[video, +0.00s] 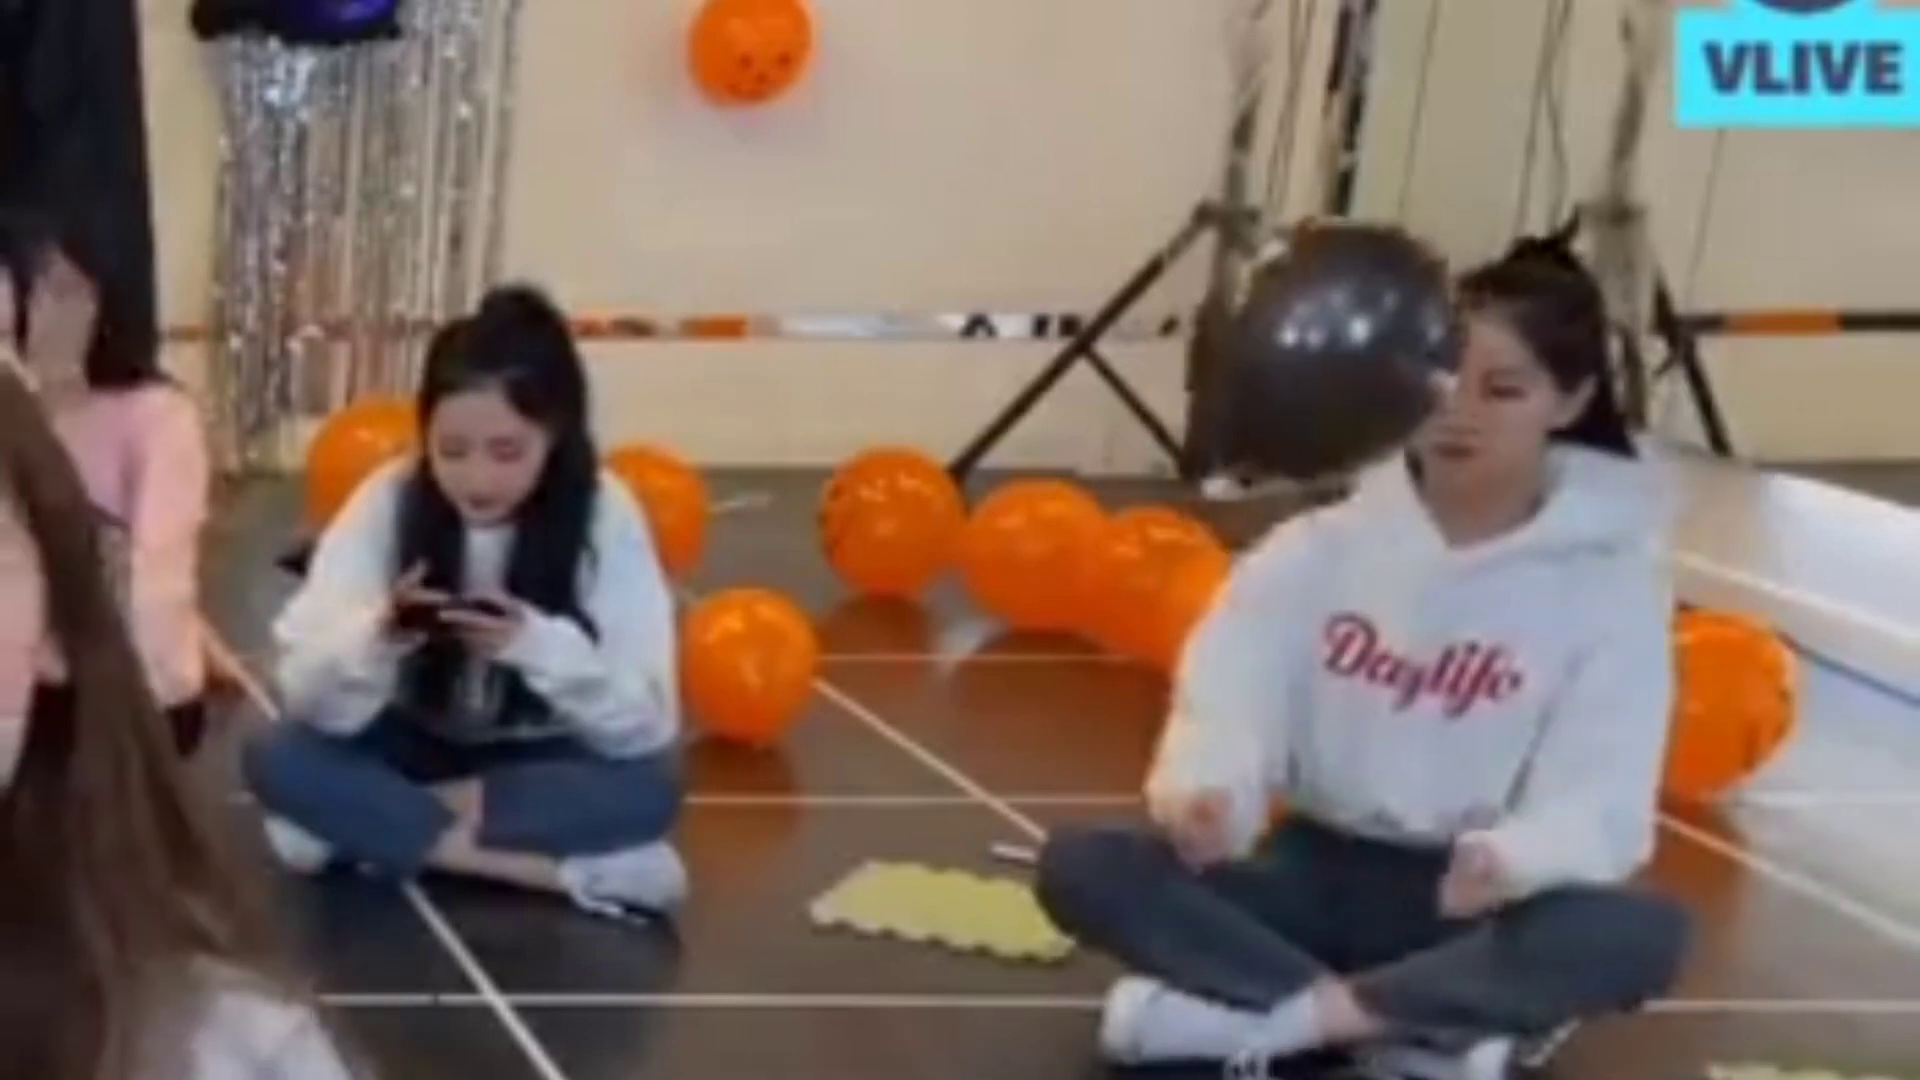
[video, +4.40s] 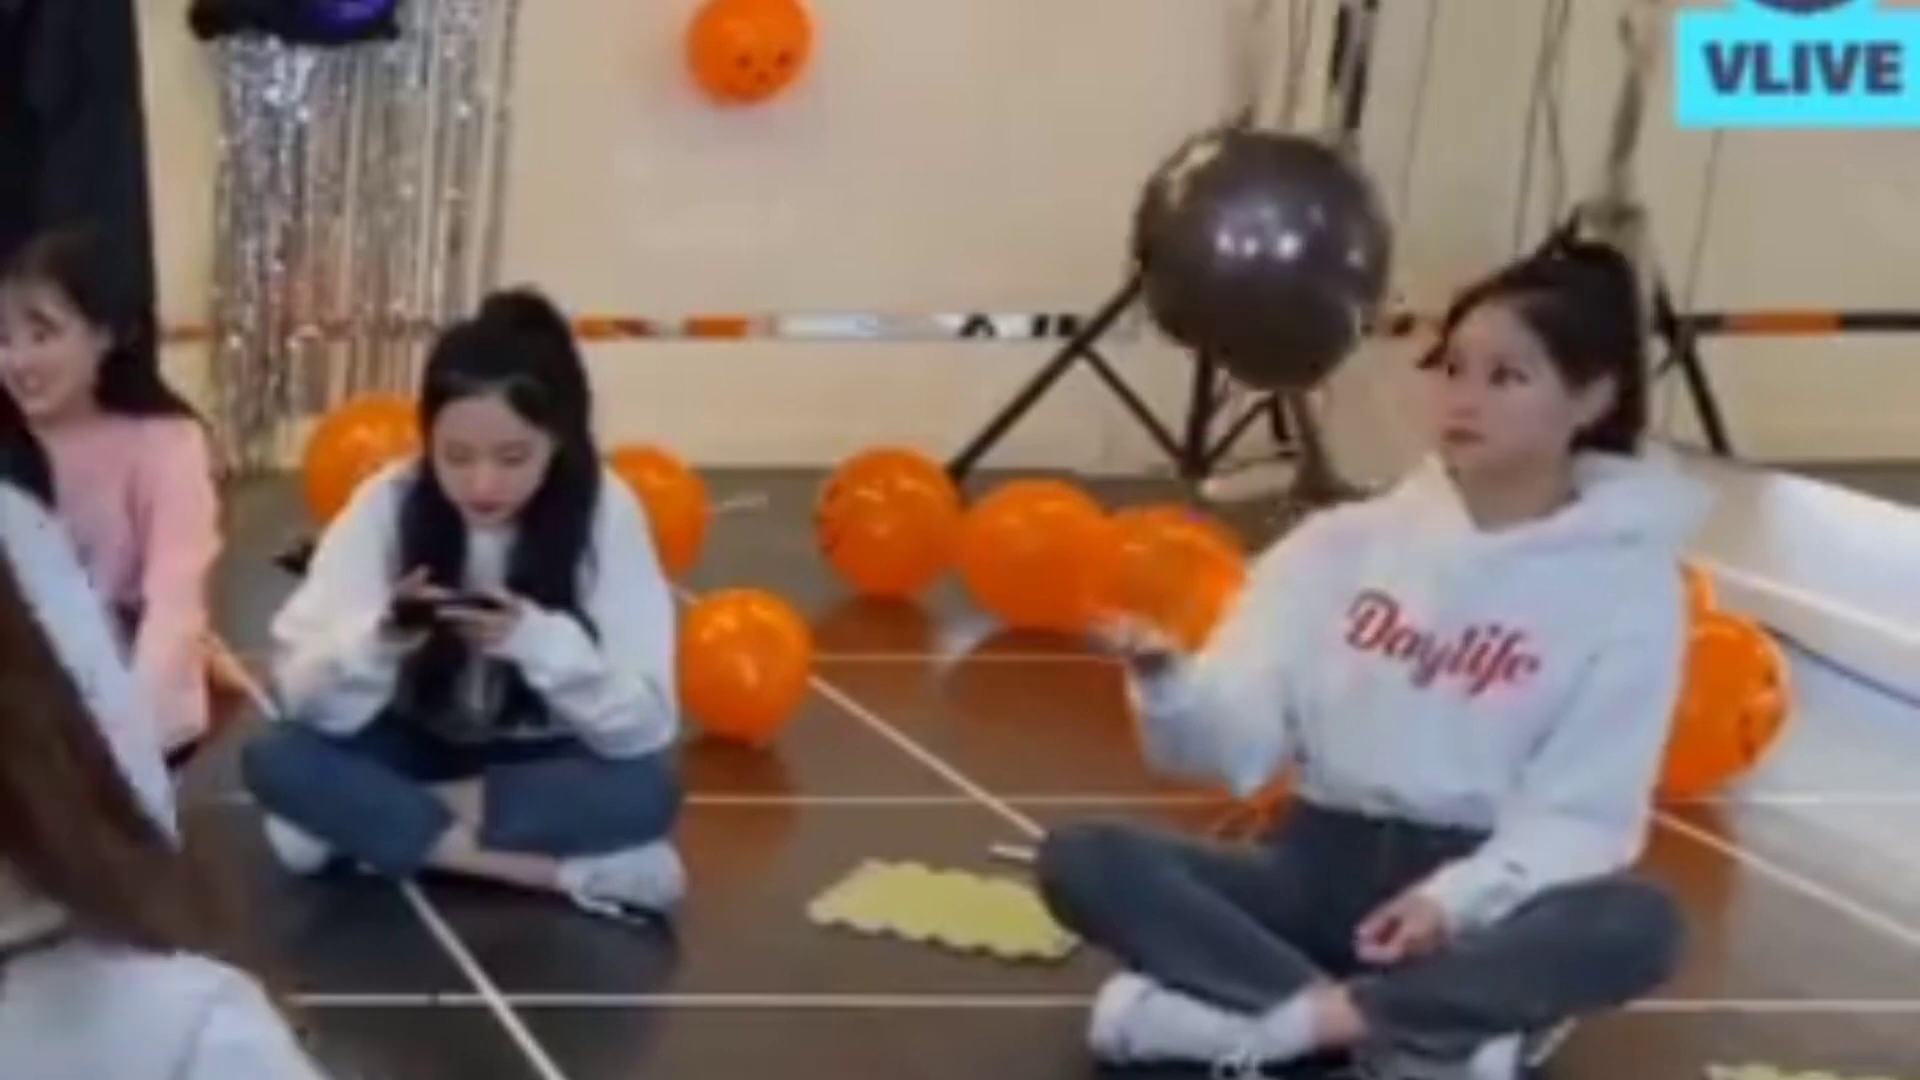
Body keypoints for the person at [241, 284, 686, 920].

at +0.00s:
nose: (477, 481)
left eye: (506, 454)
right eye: (452, 453)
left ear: (557, 440)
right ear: (423, 437)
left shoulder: (603, 515)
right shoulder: (388, 501)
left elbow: (645, 723)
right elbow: (309, 700)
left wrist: (533, 645)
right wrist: (383, 636)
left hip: (544, 745)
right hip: (408, 736)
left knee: (648, 791)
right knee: (275, 757)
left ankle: (367, 837)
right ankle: (548, 876)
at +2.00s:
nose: (481, 483)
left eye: (512, 457)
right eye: (456, 455)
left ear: (559, 442)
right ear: (426, 438)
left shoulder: (603, 514)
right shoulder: (389, 502)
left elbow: (646, 724)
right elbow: (306, 699)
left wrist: (533, 644)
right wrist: (382, 637)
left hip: (544, 744)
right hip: (408, 736)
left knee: (649, 792)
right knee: (279, 758)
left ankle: (364, 838)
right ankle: (549, 877)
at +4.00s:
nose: (482, 487)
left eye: (511, 459)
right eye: (457, 458)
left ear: (559, 445)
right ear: (426, 441)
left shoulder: (603, 512)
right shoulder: (388, 503)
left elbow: (644, 724)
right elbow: (306, 700)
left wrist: (528, 640)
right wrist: (386, 638)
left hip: (541, 745)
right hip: (407, 741)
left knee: (645, 792)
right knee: (274, 759)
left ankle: (364, 838)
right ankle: (551, 878)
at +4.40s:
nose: (483, 486)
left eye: (512, 459)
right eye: (458, 458)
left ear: (560, 445)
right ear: (427, 441)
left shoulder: (605, 513)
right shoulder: (388, 505)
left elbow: (644, 725)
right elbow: (304, 699)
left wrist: (531, 639)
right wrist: (388, 637)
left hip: (541, 742)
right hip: (408, 738)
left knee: (645, 791)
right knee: (274, 759)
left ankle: (366, 839)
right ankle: (550, 878)